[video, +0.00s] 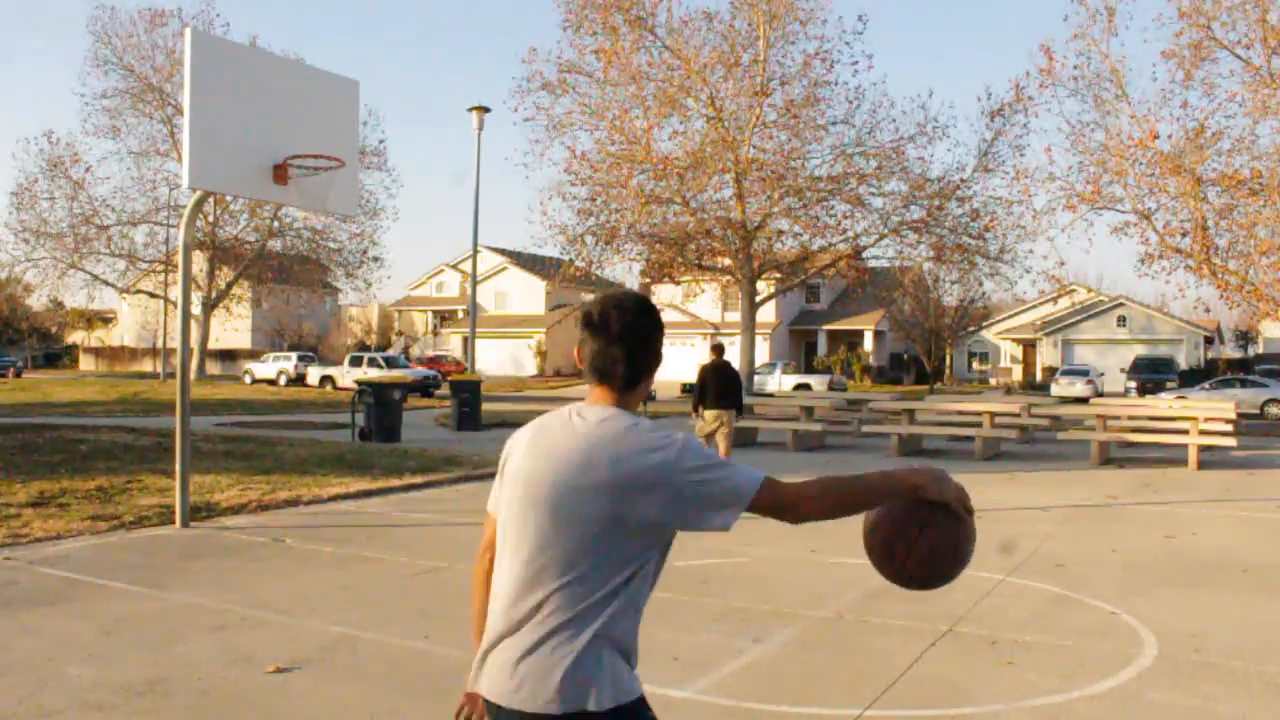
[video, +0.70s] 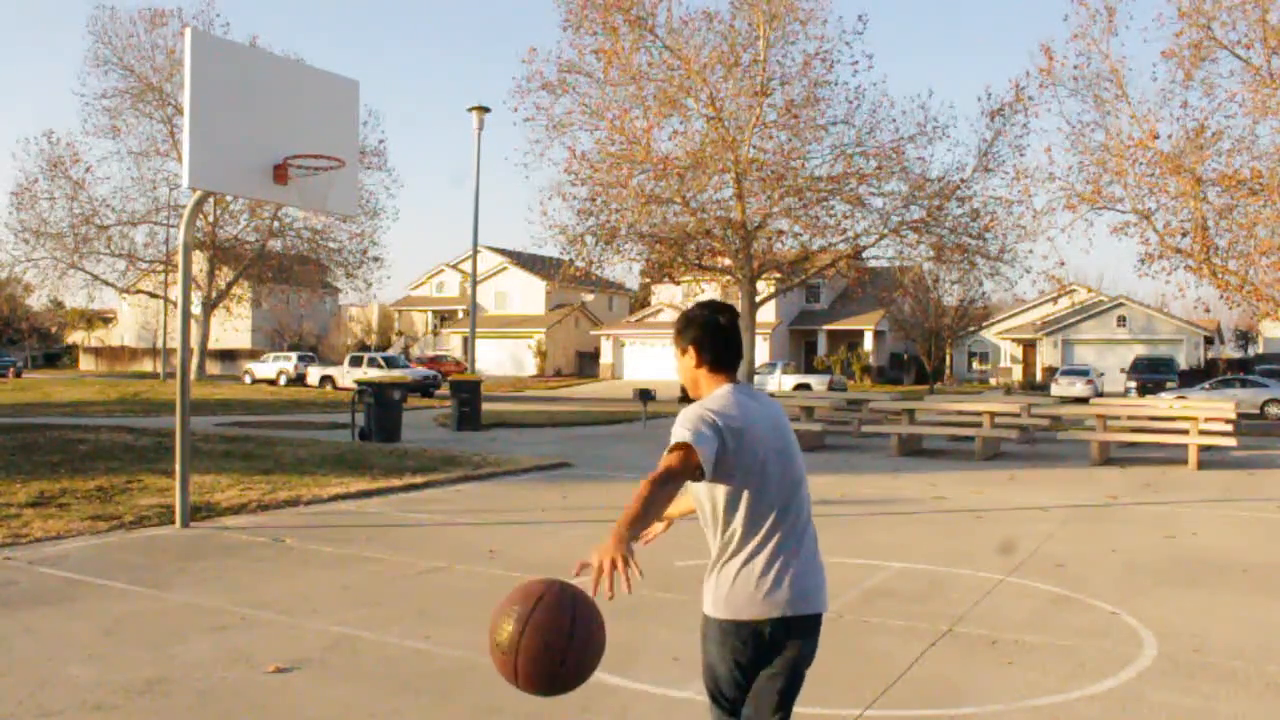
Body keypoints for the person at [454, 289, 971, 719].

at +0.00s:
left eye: (581, 344)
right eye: (653, 354)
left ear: (580, 359)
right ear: (653, 365)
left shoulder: (526, 440)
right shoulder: (654, 450)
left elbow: (488, 558)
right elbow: (792, 501)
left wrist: (480, 667)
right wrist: (910, 479)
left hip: (499, 684)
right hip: (590, 692)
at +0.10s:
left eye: (610, 332)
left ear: (610, 342)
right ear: (682, 347)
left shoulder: (557, 417)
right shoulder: (694, 435)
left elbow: (519, 528)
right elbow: (807, 511)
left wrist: (515, 627)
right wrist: (901, 517)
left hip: (531, 660)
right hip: (616, 667)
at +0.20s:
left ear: (627, 337)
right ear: (696, 344)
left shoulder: (577, 418)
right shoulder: (721, 428)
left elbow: (550, 540)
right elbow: (789, 528)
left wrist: (538, 630)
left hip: (574, 638)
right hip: (662, 646)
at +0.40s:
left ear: (650, 356)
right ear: (712, 357)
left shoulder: (634, 437)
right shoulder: (747, 429)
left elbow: (614, 555)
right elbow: (758, 508)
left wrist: (596, 669)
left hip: (649, 635)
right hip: (726, 636)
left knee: (617, 711)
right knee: (708, 712)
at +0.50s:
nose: (655, 355)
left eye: (655, 347)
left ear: (658, 356)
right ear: (717, 350)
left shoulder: (660, 425)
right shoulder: (750, 415)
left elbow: (639, 523)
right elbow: (738, 505)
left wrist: (594, 620)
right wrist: (675, 541)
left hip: (682, 624)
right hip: (751, 625)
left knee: (654, 714)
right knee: (718, 714)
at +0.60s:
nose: (664, 361)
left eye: (664, 351)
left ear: (671, 357)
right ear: (725, 351)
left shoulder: (687, 411)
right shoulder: (756, 408)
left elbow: (653, 480)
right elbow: (729, 485)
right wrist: (658, 510)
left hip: (711, 615)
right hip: (775, 614)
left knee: (694, 708)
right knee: (733, 712)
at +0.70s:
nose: (677, 365)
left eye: (678, 353)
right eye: (677, 354)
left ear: (693, 355)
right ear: (735, 354)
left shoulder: (705, 413)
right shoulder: (768, 406)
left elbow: (671, 473)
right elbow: (738, 480)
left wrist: (619, 536)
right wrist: (673, 512)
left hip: (740, 606)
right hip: (803, 603)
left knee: (728, 710)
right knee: (769, 714)